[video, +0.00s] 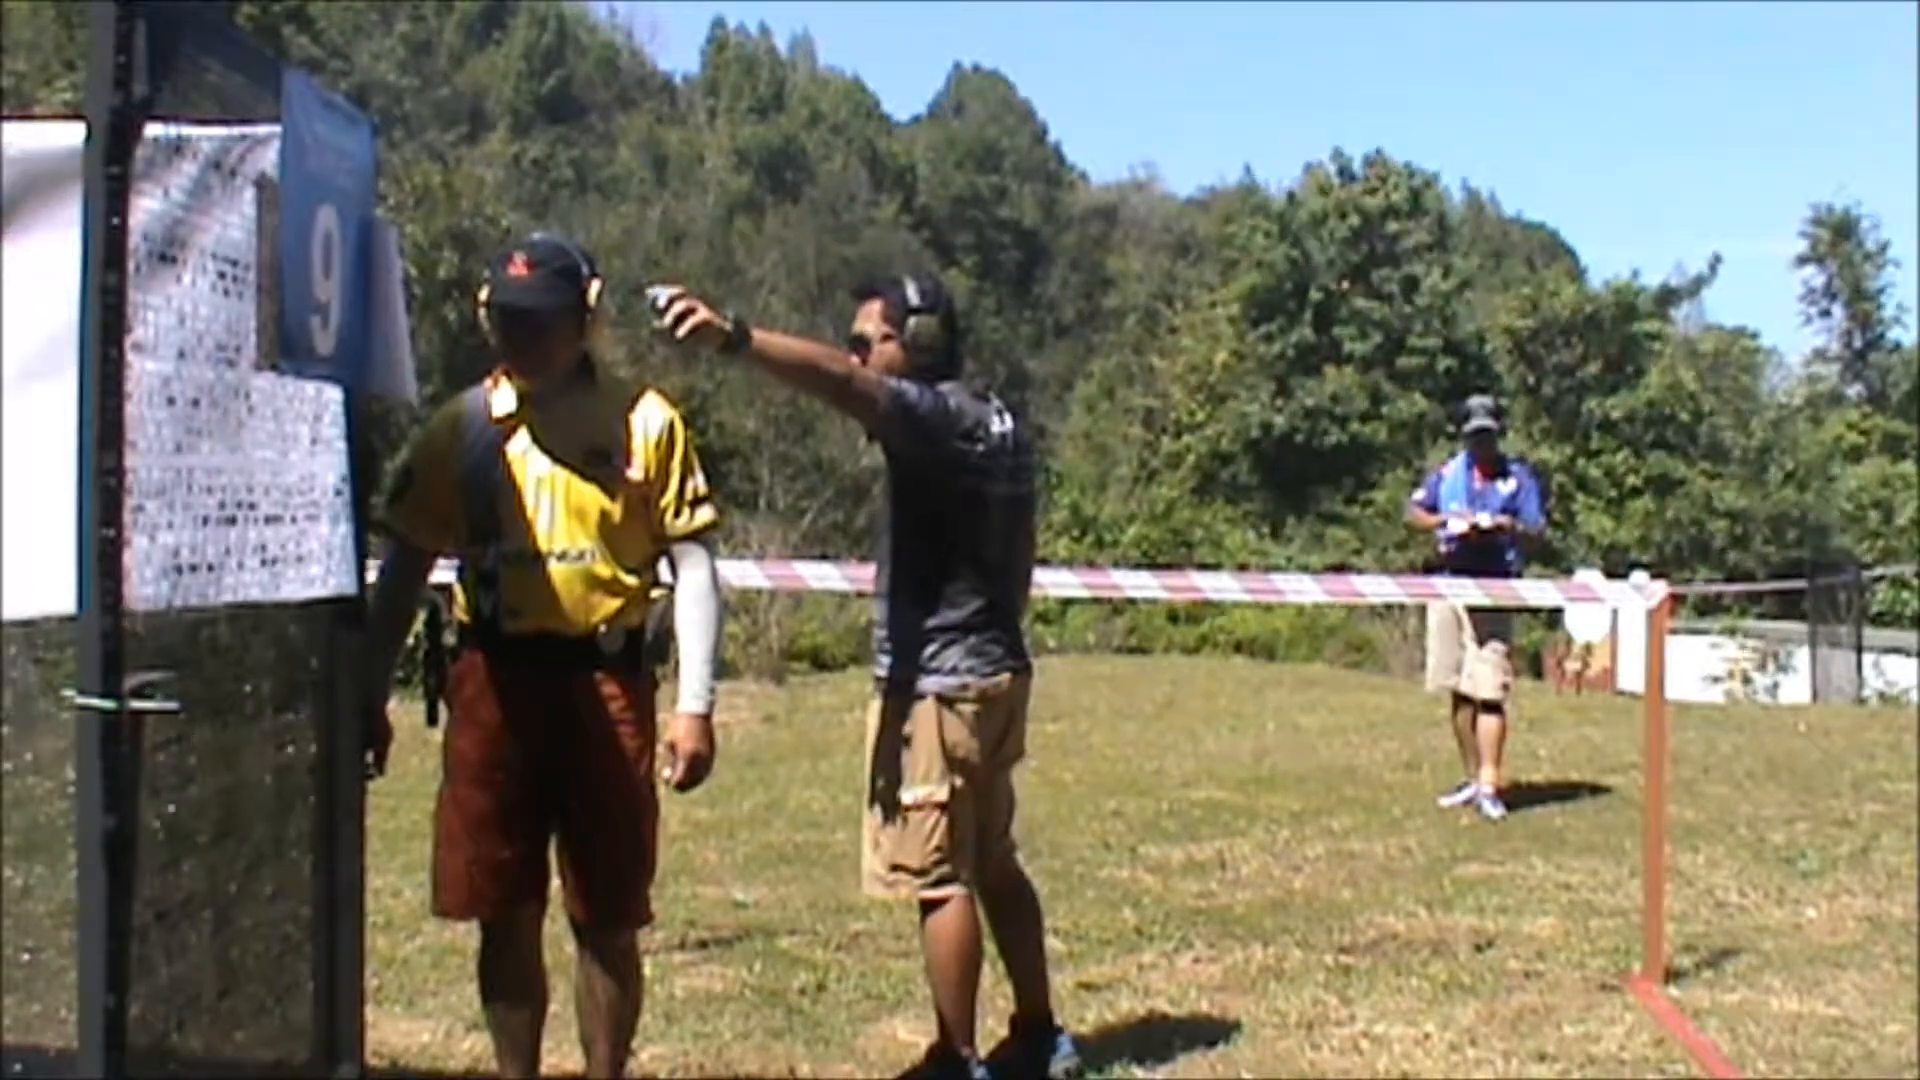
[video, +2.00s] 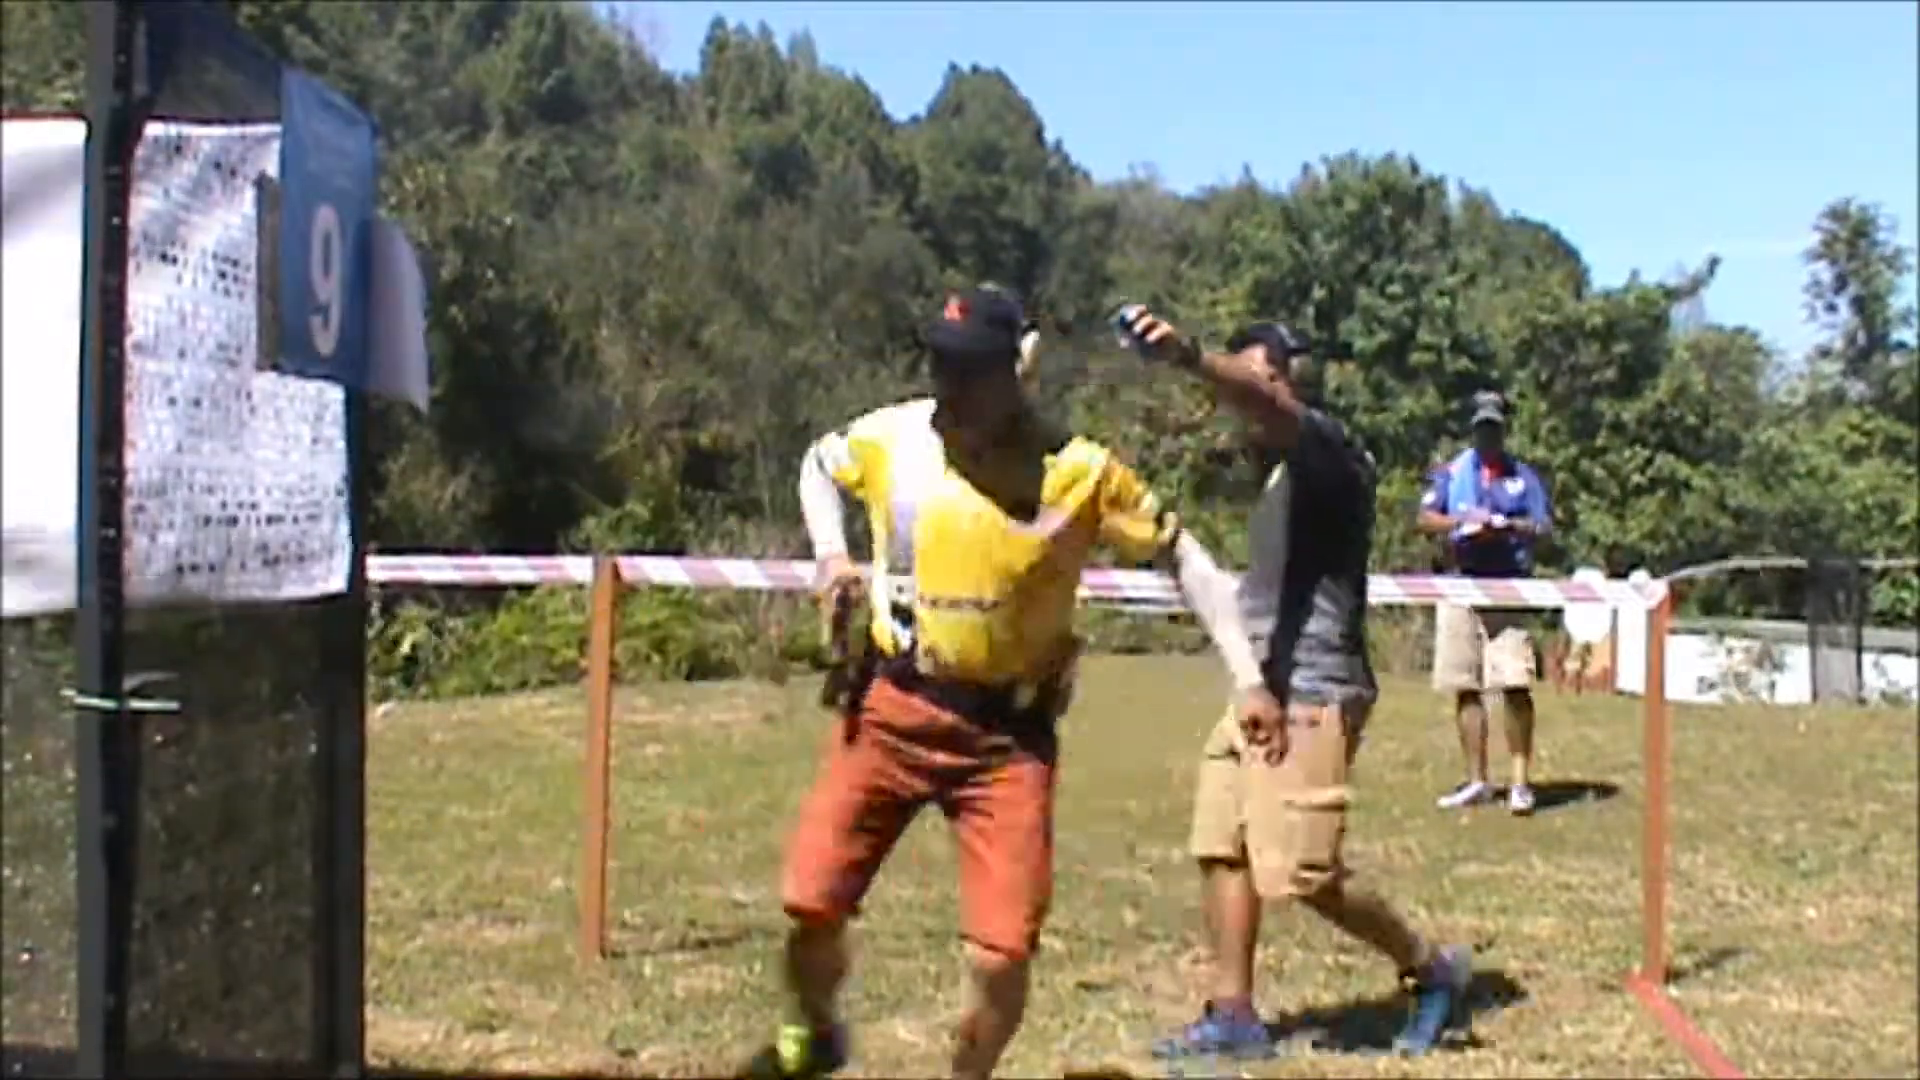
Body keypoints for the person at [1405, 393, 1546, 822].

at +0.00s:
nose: (1482, 443)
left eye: (1488, 435)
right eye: (1474, 436)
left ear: (1501, 436)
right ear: (1463, 437)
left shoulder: (1520, 479)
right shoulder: (1447, 474)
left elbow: (1537, 535)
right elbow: (1415, 512)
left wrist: (1506, 526)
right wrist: (1444, 522)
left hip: (1494, 589)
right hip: (1450, 588)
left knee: (1490, 690)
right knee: (1459, 689)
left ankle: (1489, 783)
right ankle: (1471, 776)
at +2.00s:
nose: (1488, 437)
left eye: (1495, 428)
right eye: (1481, 429)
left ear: (1506, 431)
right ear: (1471, 431)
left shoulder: (1524, 477)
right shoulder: (1452, 473)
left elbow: (1543, 527)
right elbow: (1426, 517)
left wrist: (1506, 525)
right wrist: (1463, 525)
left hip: (1508, 587)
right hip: (1461, 587)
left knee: (1515, 684)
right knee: (1466, 688)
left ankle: (1520, 778)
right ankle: (1477, 778)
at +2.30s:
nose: (1516, 442)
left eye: (1522, 434)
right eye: (1509, 434)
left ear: (1534, 436)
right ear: (1498, 436)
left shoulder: (1554, 480)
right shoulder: (1488, 477)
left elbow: (1569, 530)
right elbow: (1471, 521)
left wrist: (1541, 523)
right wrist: (1500, 519)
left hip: (1533, 589)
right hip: (1488, 588)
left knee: (1542, 686)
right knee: (1484, 689)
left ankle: (1568, 773)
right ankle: (1470, 771)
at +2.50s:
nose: (1544, 436)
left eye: (1549, 425)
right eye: (1535, 426)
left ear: (1560, 431)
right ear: (1520, 433)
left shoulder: (1572, 481)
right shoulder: (1506, 481)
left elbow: (1588, 527)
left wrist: (1551, 526)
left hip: (1552, 592)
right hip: (1507, 591)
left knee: (1560, 688)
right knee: (1516, 690)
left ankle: (1569, 774)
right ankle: (1517, 772)